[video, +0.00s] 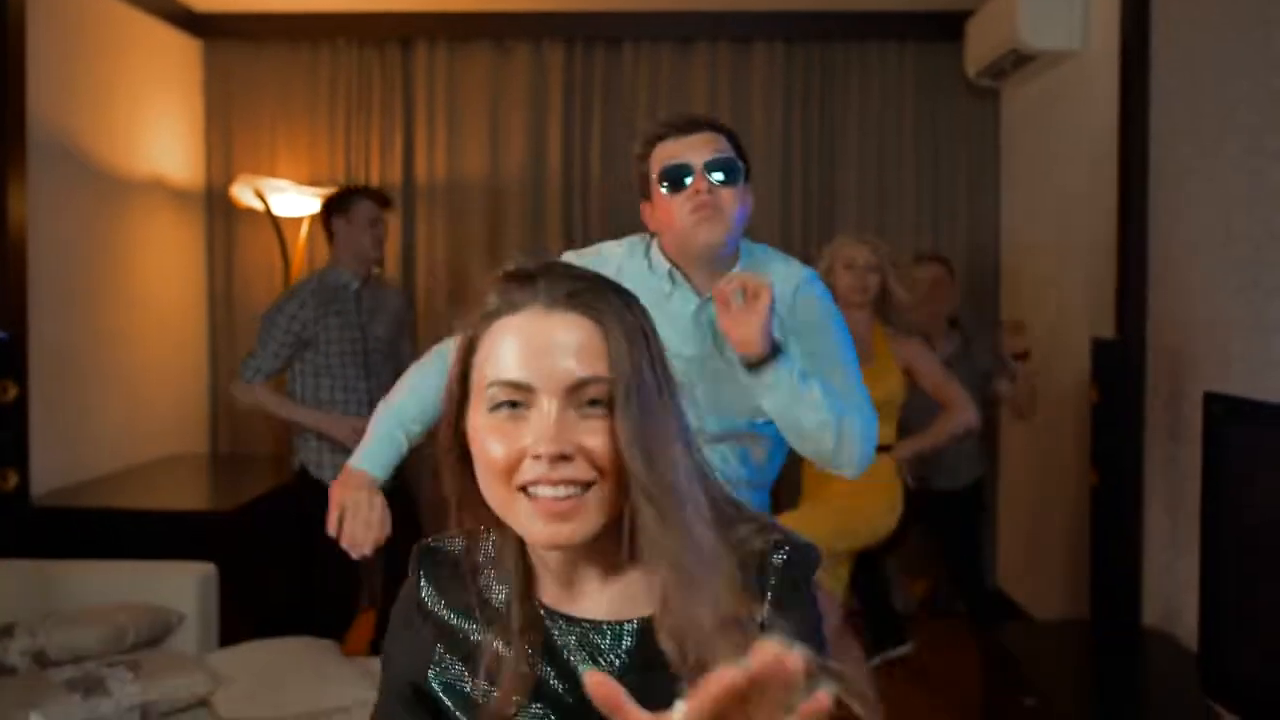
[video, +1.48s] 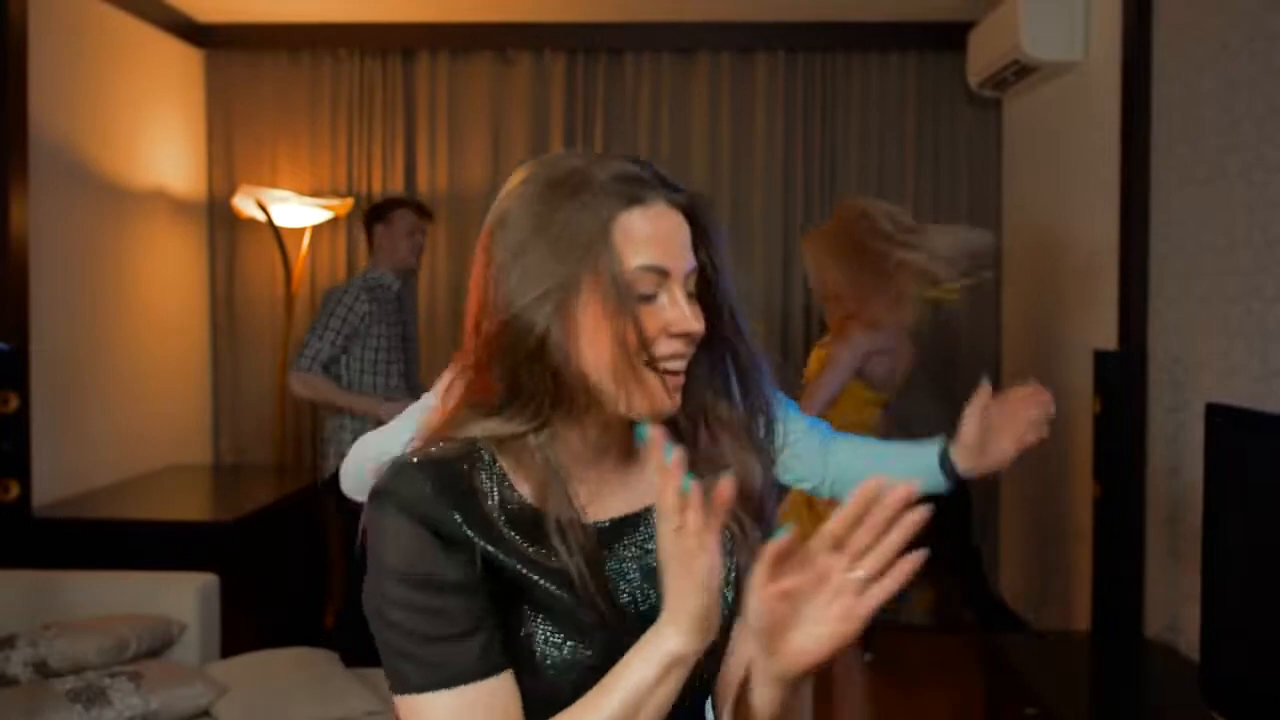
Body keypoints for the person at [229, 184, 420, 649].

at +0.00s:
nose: (381, 235)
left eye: (383, 225)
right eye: (371, 224)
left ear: (385, 231)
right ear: (336, 228)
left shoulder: (394, 301)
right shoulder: (306, 301)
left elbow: (409, 380)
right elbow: (246, 386)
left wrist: (393, 426)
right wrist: (328, 422)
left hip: (390, 473)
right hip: (324, 477)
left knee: (400, 594)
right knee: (331, 603)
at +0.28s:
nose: (354, 249)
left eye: (353, 238)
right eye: (338, 244)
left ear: (359, 241)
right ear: (309, 260)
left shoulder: (378, 305)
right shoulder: (296, 327)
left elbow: (393, 374)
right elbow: (290, 433)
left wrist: (410, 414)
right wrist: (381, 422)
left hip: (387, 482)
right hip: (326, 492)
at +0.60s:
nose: (335, 240)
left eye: (333, 228)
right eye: (319, 239)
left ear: (343, 225)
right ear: (300, 257)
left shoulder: (379, 280)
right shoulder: (302, 316)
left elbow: (392, 348)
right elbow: (335, 412)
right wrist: (401, 348)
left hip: (389, 445)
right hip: (333, 459)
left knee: (388, 577)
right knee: (328, 583)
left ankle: (368, 682)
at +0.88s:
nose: (355, 244)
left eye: (352, 232)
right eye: (339, 243)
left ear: (360, 231)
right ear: (320, 262)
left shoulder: (387, 287)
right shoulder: (324, 314)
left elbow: (407, 361)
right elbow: (346, 416)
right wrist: (411, 352)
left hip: (396, 469)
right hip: (348, 478)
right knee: (337, 601)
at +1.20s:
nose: (402, 259)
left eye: (404, 247)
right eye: (388, 251)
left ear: (409, 248)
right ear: (359, 261)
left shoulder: (393, 313)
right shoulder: (351, 317)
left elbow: (389, 396)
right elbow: (323, 421)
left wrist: (425, 403)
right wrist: (403, 415)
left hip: (385, 478)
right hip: (353, 483)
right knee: (353, 606)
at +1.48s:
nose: (420, 243)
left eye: (423, 236)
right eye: (411, 233)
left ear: (420, 242)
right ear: (379, 233)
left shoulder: (398, 298)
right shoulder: (355, 296)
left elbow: (393, 379)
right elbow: (303, 378)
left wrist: (424, 401)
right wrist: (378, 407)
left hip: (389, 462)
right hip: (355, 467)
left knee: (386, 579)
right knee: (357, 583)